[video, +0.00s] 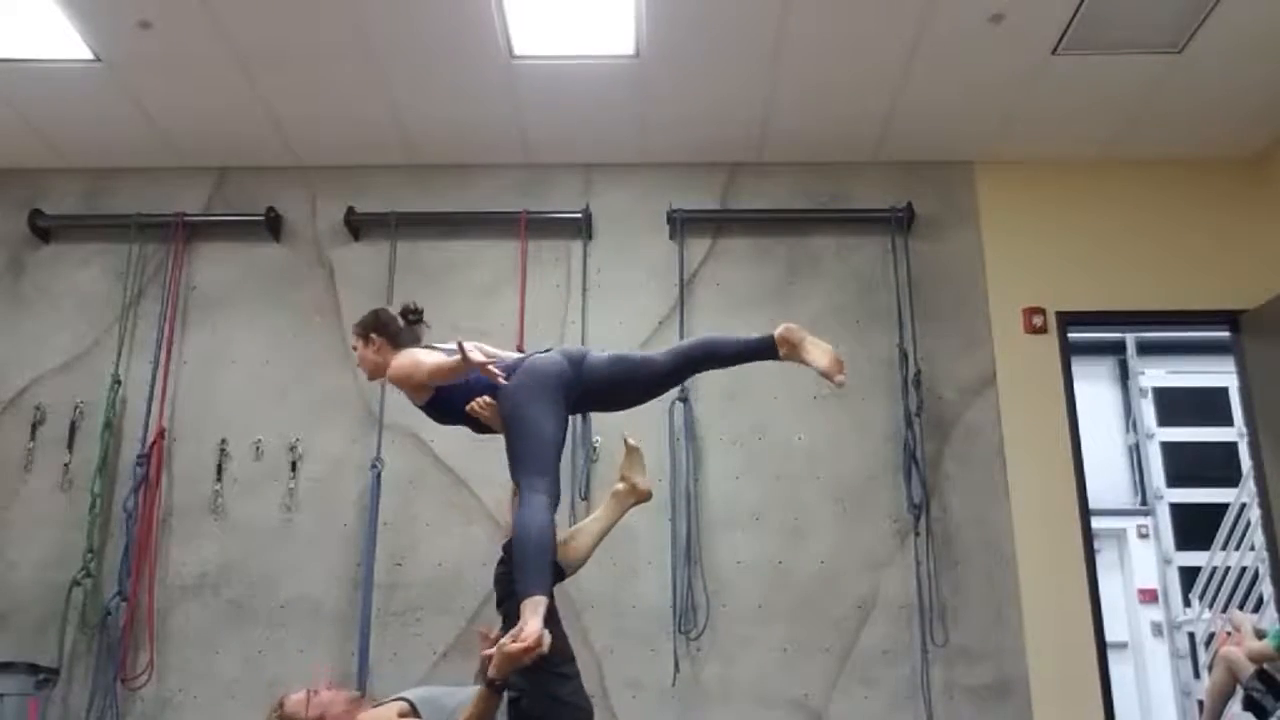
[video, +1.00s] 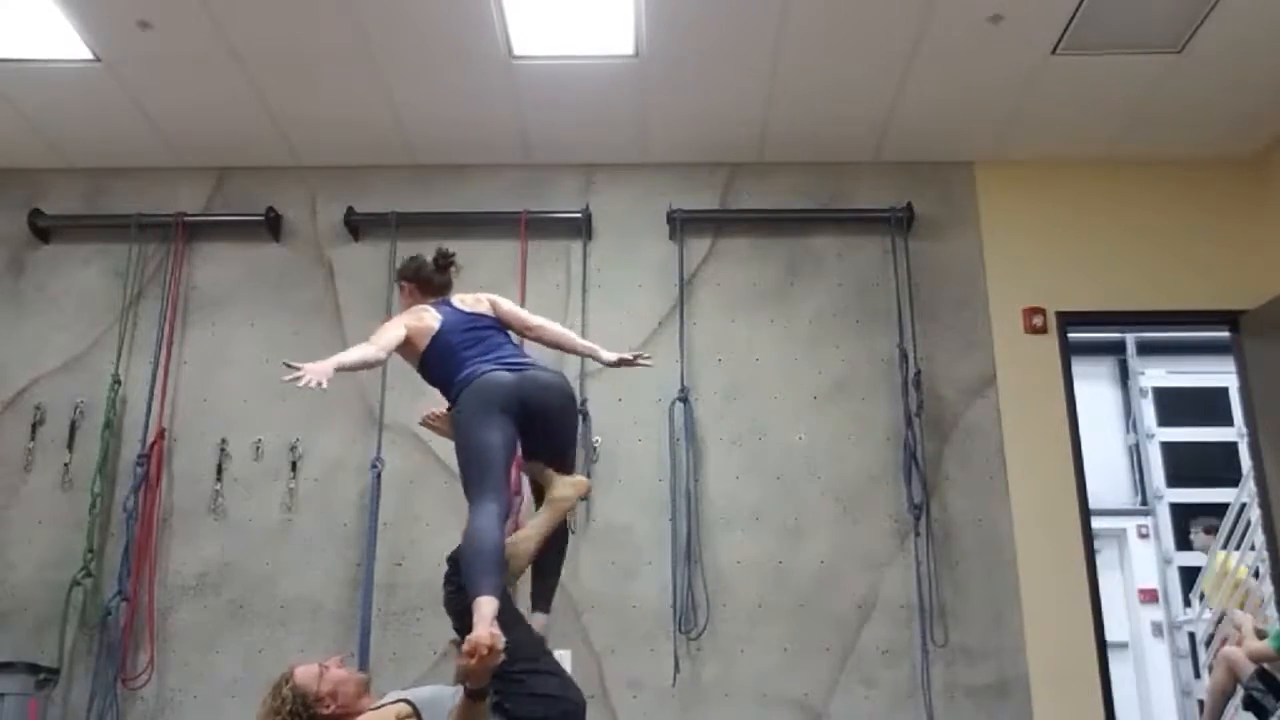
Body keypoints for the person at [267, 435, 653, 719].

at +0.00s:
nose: (323, 687)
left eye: (310, 690)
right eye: (311, 701)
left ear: (330, 693)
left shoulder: (386, 706)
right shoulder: (387, 716)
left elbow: (466, 708)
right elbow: (468, 714)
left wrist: (487, 673)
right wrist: (496, 682)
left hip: (530, 699)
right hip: (540, 707)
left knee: (517, 567)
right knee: (517, 568)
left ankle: (623, 498)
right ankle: (625, 495)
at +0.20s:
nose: (321, 685)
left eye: (308, 690)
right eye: (311, 699)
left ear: (332, 697)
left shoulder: (384, 707)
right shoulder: (384, 718)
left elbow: (466, 708)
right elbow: (466, 717)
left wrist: (485, 681)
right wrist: (484, 683)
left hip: (533, 703)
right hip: (540, 710)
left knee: (518, 575)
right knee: (518, 574)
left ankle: (629, 501)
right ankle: (630, 498)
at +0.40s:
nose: (349, 665)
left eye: (337, 663)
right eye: (334, 673)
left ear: (338, 700)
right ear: (330, 708)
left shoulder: (387, 708)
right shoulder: (386, 718)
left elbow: (461, 711)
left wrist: (477, 680)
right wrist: (477, 684)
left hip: (529, 706)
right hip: (540, 712)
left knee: (527, 579)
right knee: (521, 577)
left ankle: (622, 506)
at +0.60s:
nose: (343, 662)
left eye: (330, 663)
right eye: (329, 674)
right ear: (330, 708)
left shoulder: (386, 704)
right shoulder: (381, 716)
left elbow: (464, 709)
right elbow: (466, 719)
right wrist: (481, 682)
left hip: (538, 703)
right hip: (539, 709)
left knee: (494, 579)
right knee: (492, 580)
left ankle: (573, 509)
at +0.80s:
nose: (346, 658)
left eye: (332, 660)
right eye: (333, 668)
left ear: (337, 701)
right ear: (333, 704)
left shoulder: (384, 705)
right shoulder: (380, 717)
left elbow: (465, 706)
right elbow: (469, 717)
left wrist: (474, 662)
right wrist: (492, 685)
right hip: (542, 711)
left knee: (486, 578)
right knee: (486, 573)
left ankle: (582, 515)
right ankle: (583, 514)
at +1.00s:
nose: (339, 659)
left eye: (325, 661)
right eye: (326, 670)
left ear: (332, 703)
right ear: (328, 706)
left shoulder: (379, 705)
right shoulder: (380, 717)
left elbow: (457, 707)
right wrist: (476, 690)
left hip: (524, 704)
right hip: (536, 709)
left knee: (463, 575)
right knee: (462, 575)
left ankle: (557, 502)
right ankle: (559, 504)